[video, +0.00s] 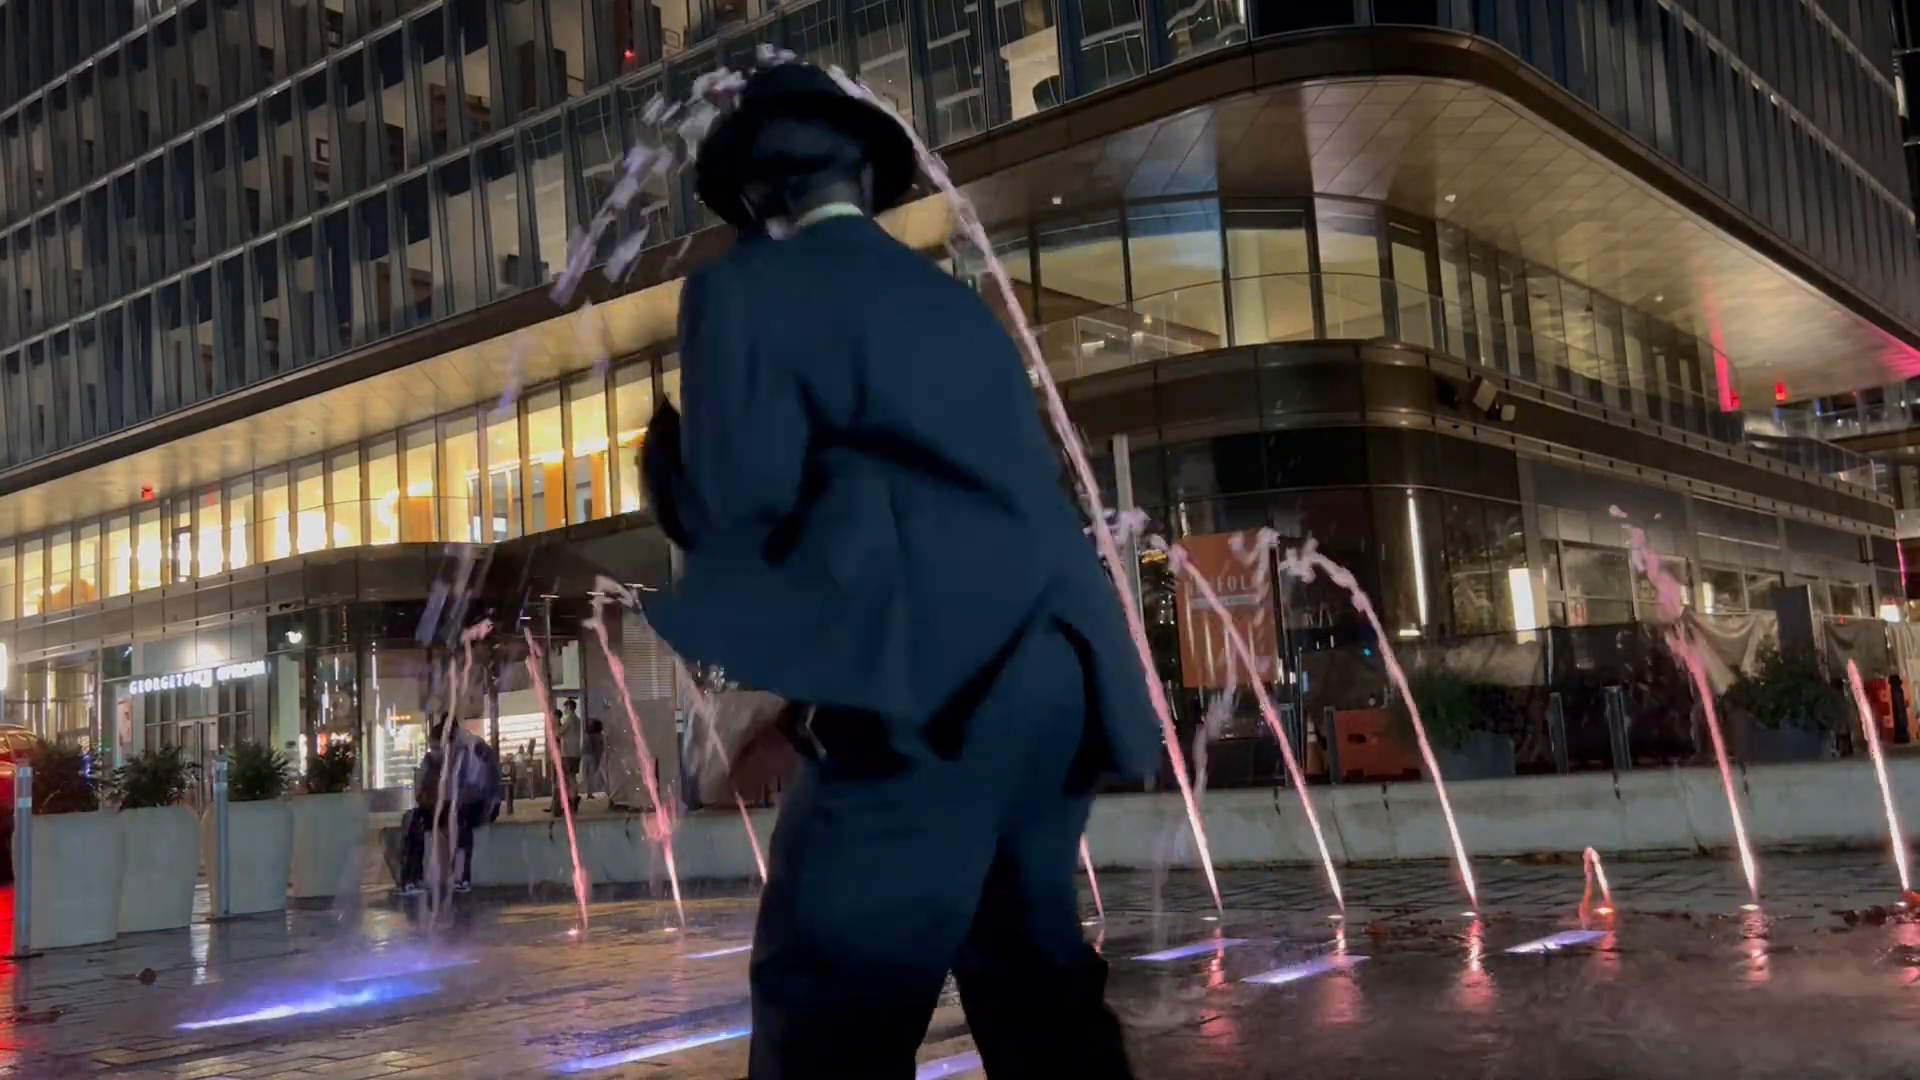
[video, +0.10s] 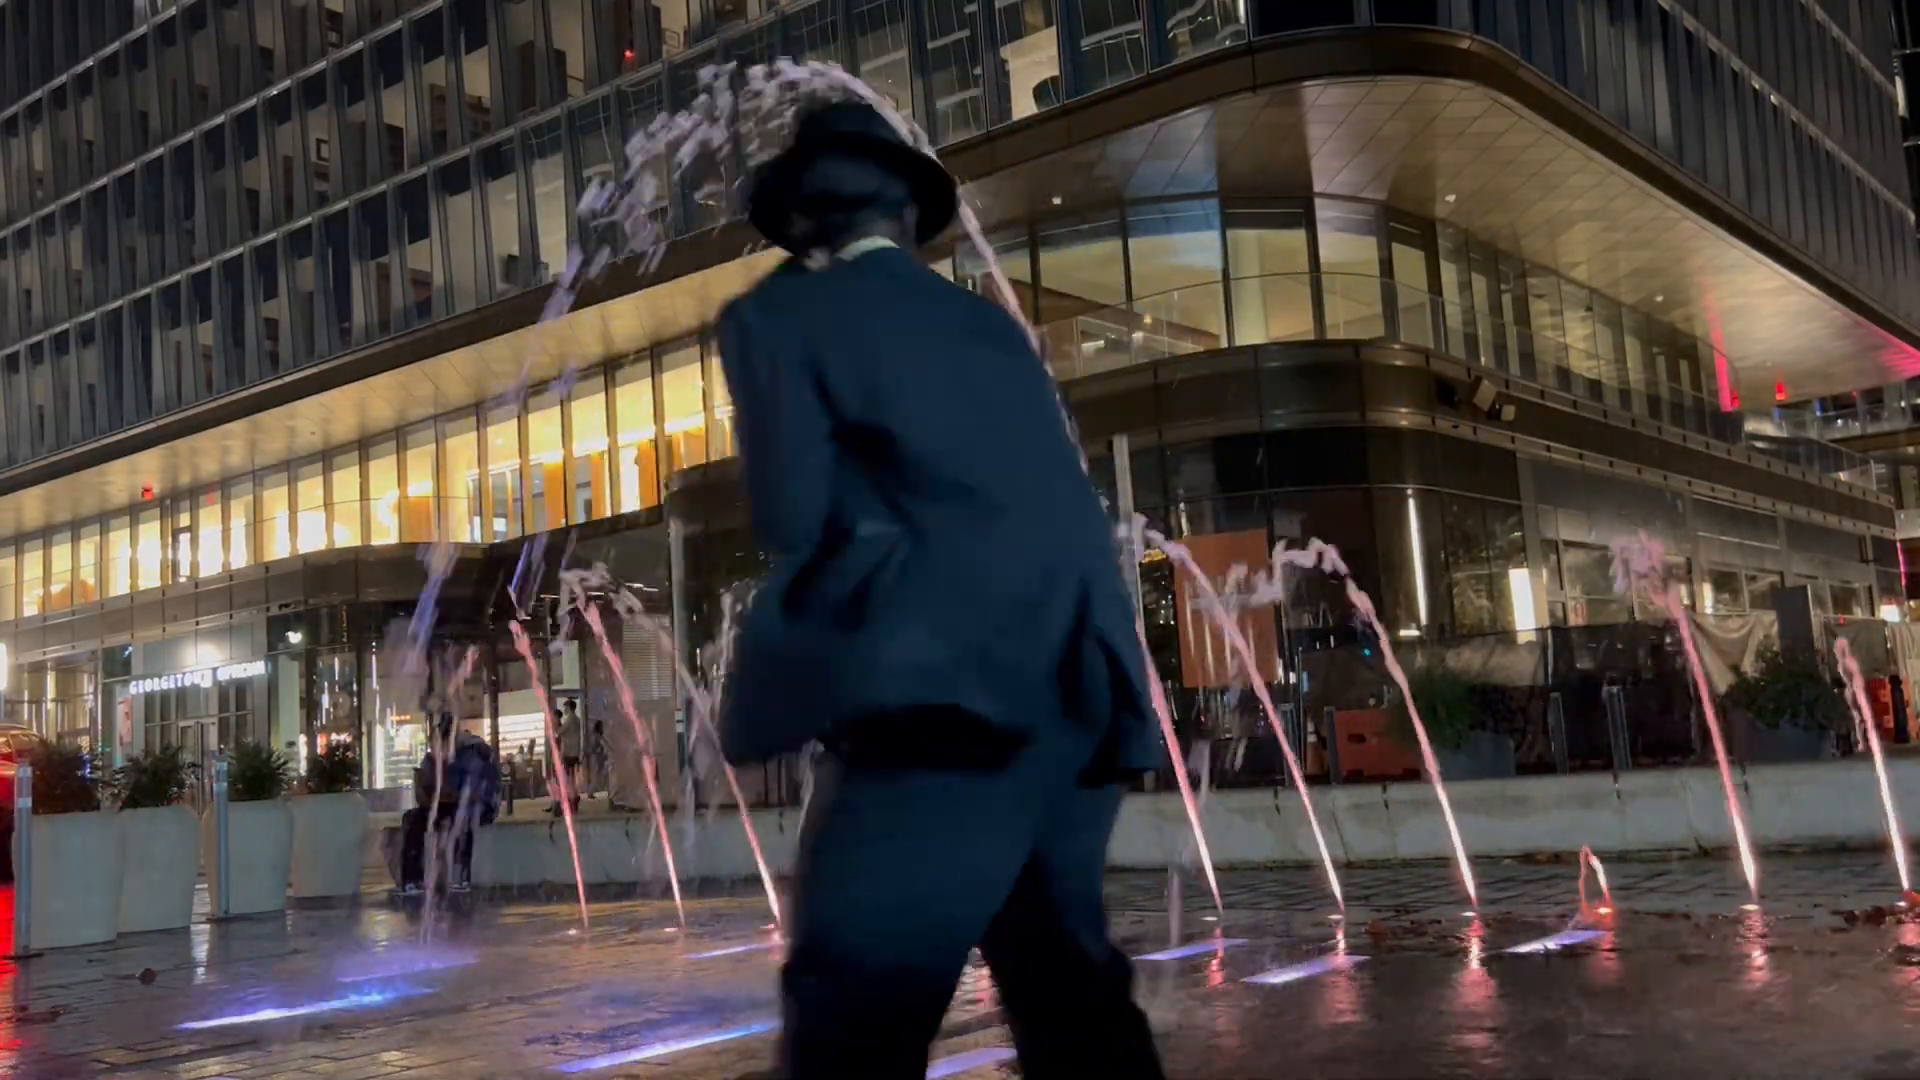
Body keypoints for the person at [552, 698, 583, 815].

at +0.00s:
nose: (564, 709)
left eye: (566, 707)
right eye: (565, 707)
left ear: (569, 708)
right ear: (573, 708)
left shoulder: (570, 719)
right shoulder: (577, 719)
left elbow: (560, 731)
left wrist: (554, 731)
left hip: (568, 753)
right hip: (575, 753)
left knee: (569, 778)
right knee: (572, 778)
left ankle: (571, 802)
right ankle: (573, 800)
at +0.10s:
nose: (564, 709)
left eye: (565, 707)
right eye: (565, 707)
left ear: (568, 708)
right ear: (574, 708)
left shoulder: (569, 719)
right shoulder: (577, 719)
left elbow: (560, 731)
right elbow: (577, 737)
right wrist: (578, 752)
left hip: (567, 753)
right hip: (574, 753)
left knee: (567, 779)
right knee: (572, 778)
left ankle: (570, 800)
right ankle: (573, 798)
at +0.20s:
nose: (564, 710)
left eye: (565, 707)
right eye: (564, 707)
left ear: (568, 708)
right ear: (573, 708)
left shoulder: (569, 719)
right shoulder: (576, 719)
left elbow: (560, 731)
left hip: (568, 752)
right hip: (574, 752)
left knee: (570, 778)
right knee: (572, 777)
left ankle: (571, 801)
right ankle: (574, 800)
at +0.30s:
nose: (564, 710)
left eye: (565, 707)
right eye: (564, 707)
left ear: (568, 708)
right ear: (573, 708)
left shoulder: (569, 719)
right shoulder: (576, 719)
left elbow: (561, 731)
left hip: (567, 753)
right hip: (574, 753)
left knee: (568, 778)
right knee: (572, 777)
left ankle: (570, 801)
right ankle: (573, 800)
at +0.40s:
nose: (564, 710)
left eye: (565, 707)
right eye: (564, 708)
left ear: (568, 708)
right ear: (573, 708)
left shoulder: (570, 719)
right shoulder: (575, 719)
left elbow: (561, 732)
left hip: (567, 752)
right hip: (573, 752)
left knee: (567, 778)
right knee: (572, 777)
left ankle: (570, 802)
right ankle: (572, 801)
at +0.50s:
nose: (563, 710)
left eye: (565, 707)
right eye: (564, 707)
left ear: (568, 707)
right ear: (572, 707)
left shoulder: (570, 719)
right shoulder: (576, 719)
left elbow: (559, 733)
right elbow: (569, 734)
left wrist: (556, 721)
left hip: (567, 753)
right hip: (573, 752)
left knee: (567, 778)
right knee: (572, 777)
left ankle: (570, 802)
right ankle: (573, 801)